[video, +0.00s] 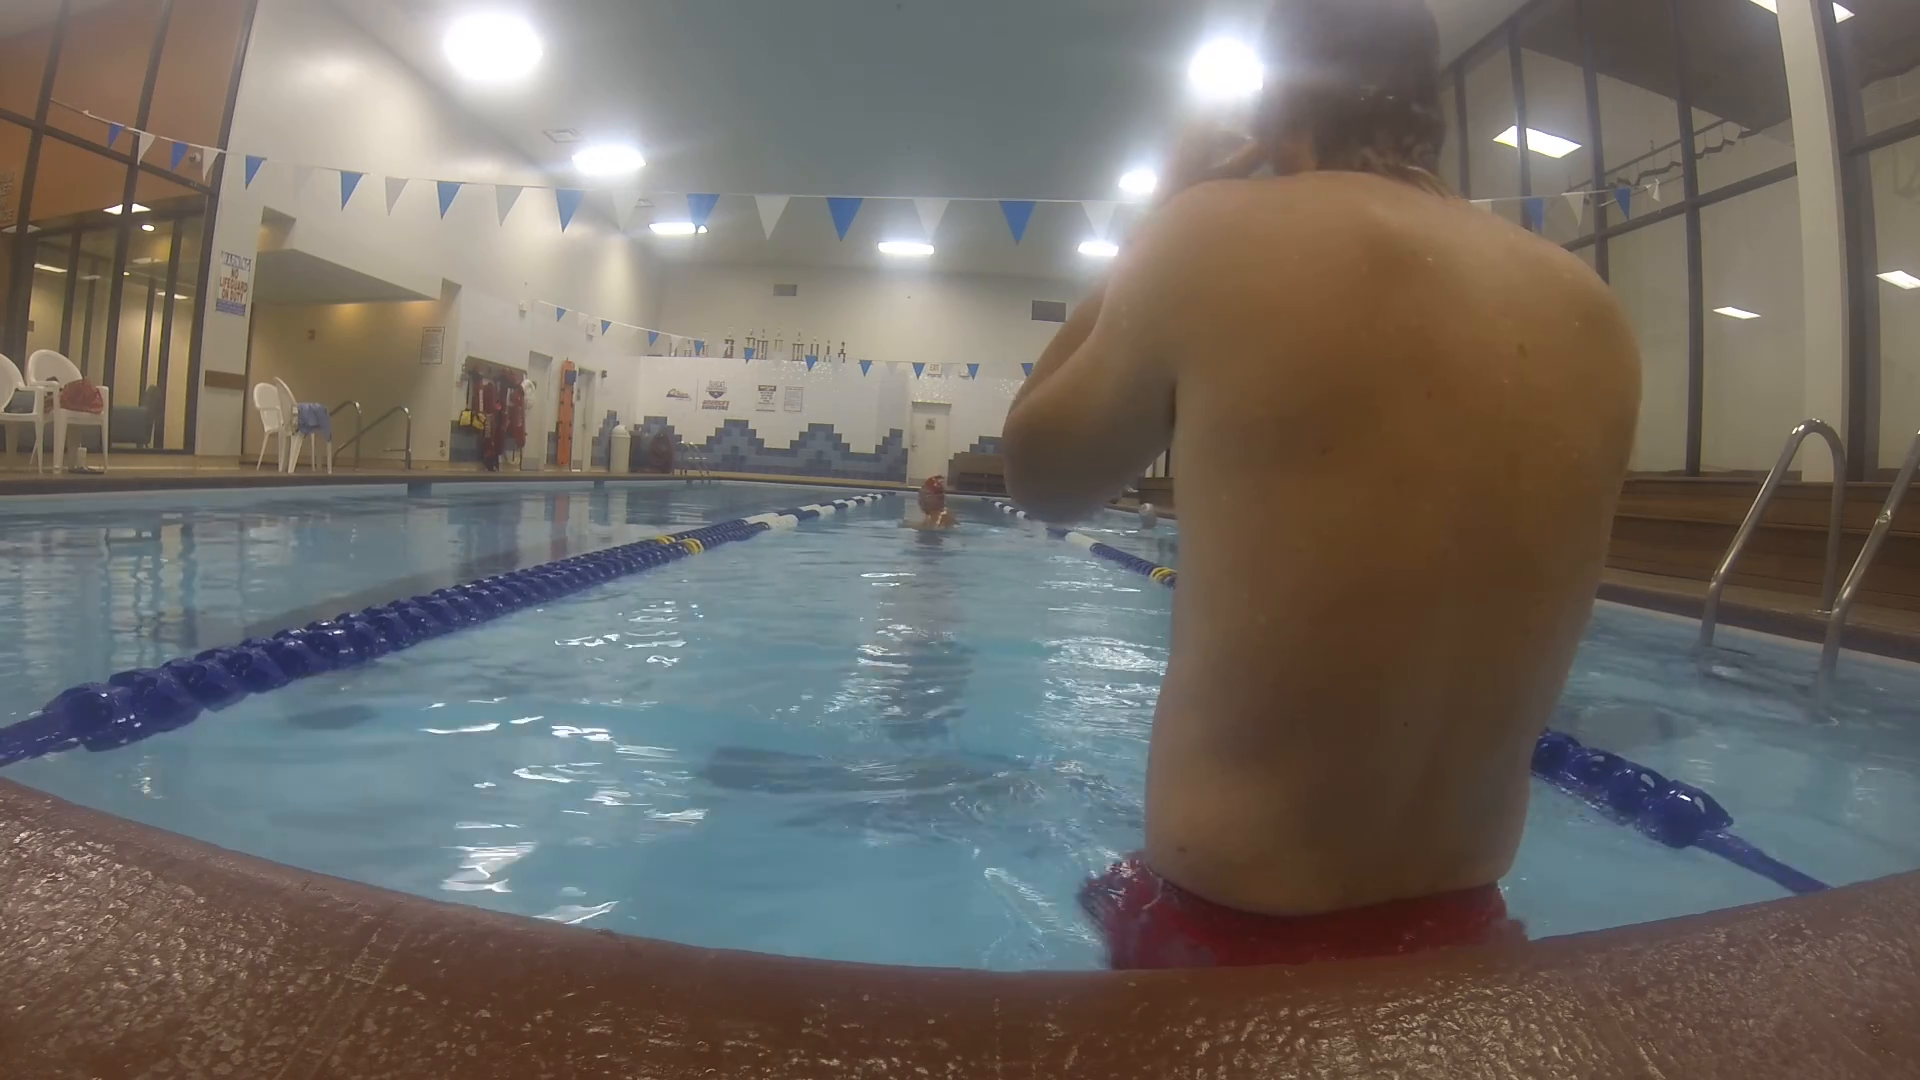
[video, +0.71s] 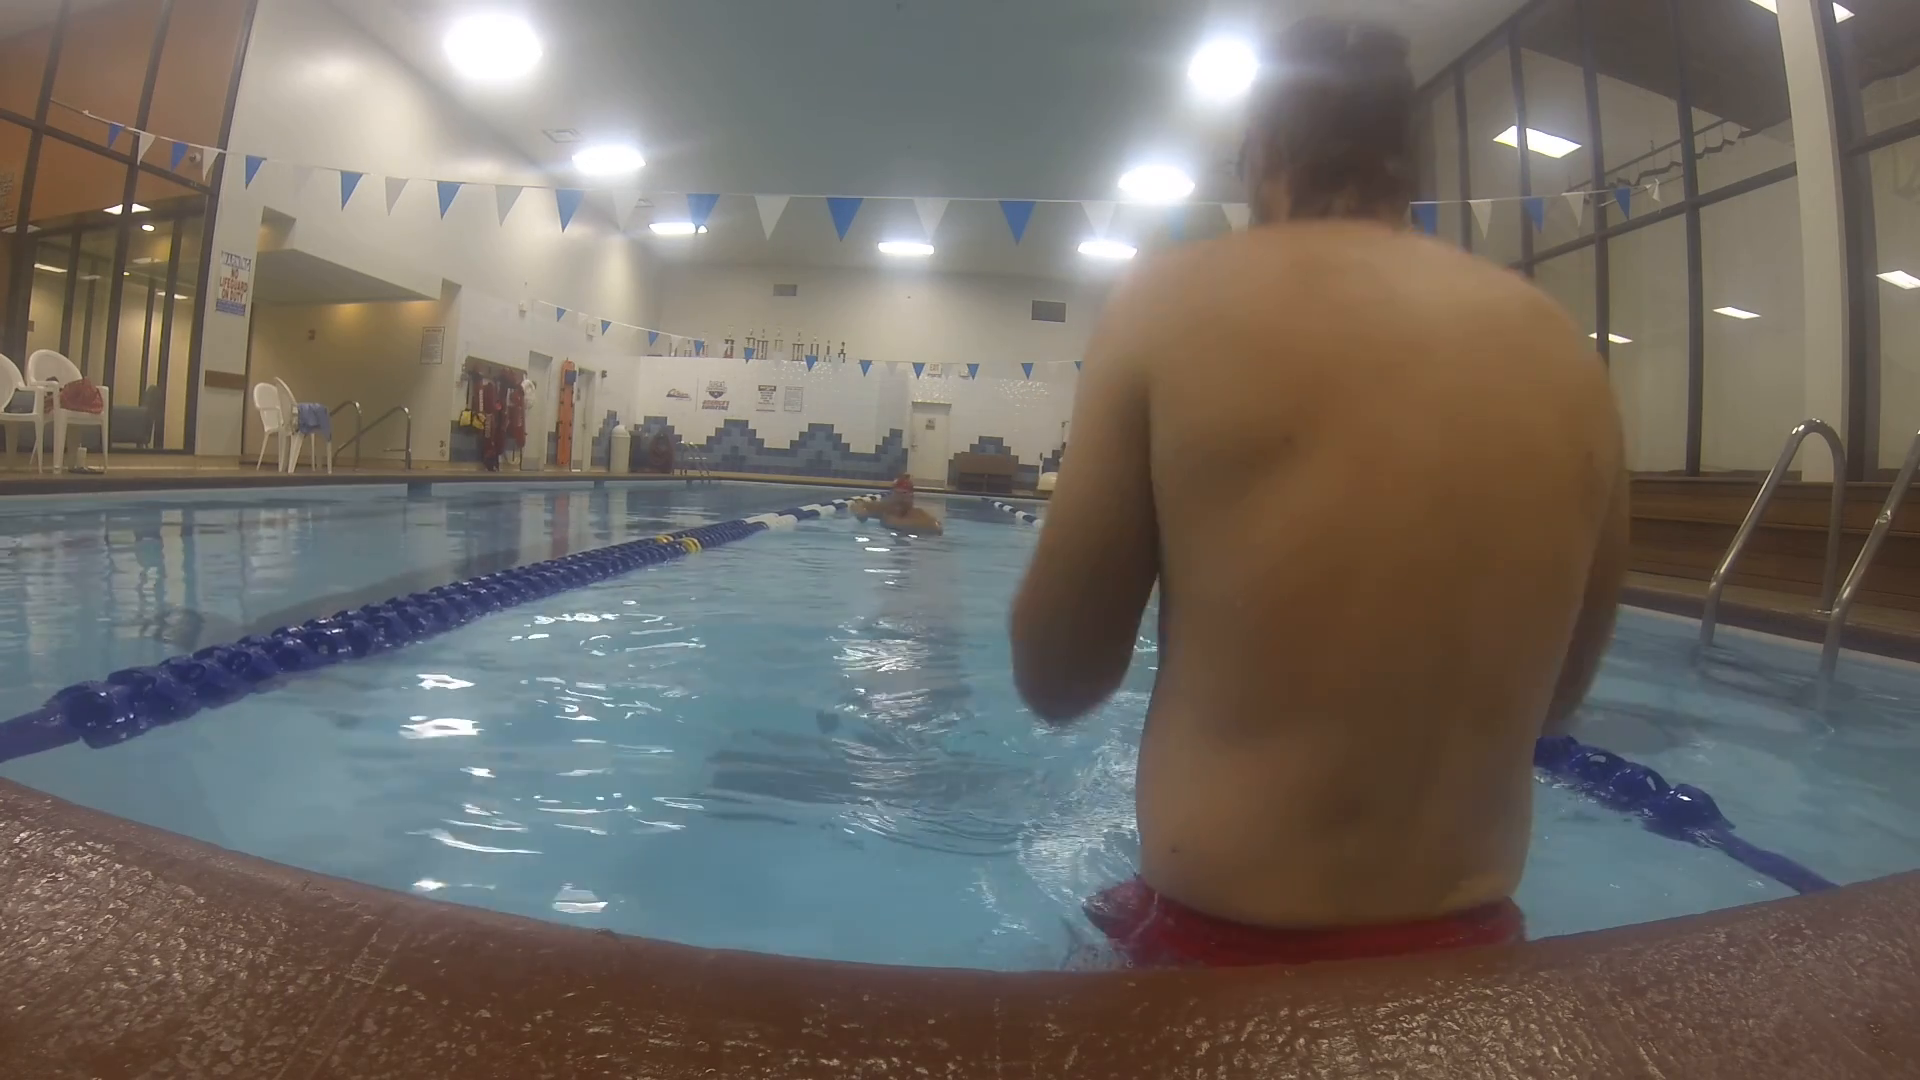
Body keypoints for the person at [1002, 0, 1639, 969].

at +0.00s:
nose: (1236, 116)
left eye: (1247, 94)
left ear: (1269, 107)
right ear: (1432, 119)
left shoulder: (1213, 237)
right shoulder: (1589, 306)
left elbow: (1043, 476)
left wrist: (1169, 209)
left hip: (1210, 945)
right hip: (1463, 940)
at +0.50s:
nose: (1237, 133)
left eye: (1247, 115)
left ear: (1269, 123)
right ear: (1417, 133)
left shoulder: (1205, 242)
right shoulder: (1576, 307)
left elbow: (1068, 527)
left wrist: (1180, 215)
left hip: (1209, 944)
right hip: (1469, 941)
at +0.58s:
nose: (1247, 152)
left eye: (1253, 128)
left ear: (1273, 136)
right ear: (1421, 148)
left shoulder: (1194, 256)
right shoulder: (1568, 316)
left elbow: (1063, 581)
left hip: (1206, 943)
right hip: (1467, 942)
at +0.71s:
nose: (1241, 179)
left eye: (1246, 157)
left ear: (1264, 161)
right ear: (1411, 172)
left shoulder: (1174, 300)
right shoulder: (1558, 342)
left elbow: (1058, 676)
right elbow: (1552, 697)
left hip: (1205, 953)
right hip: (1468, 951)